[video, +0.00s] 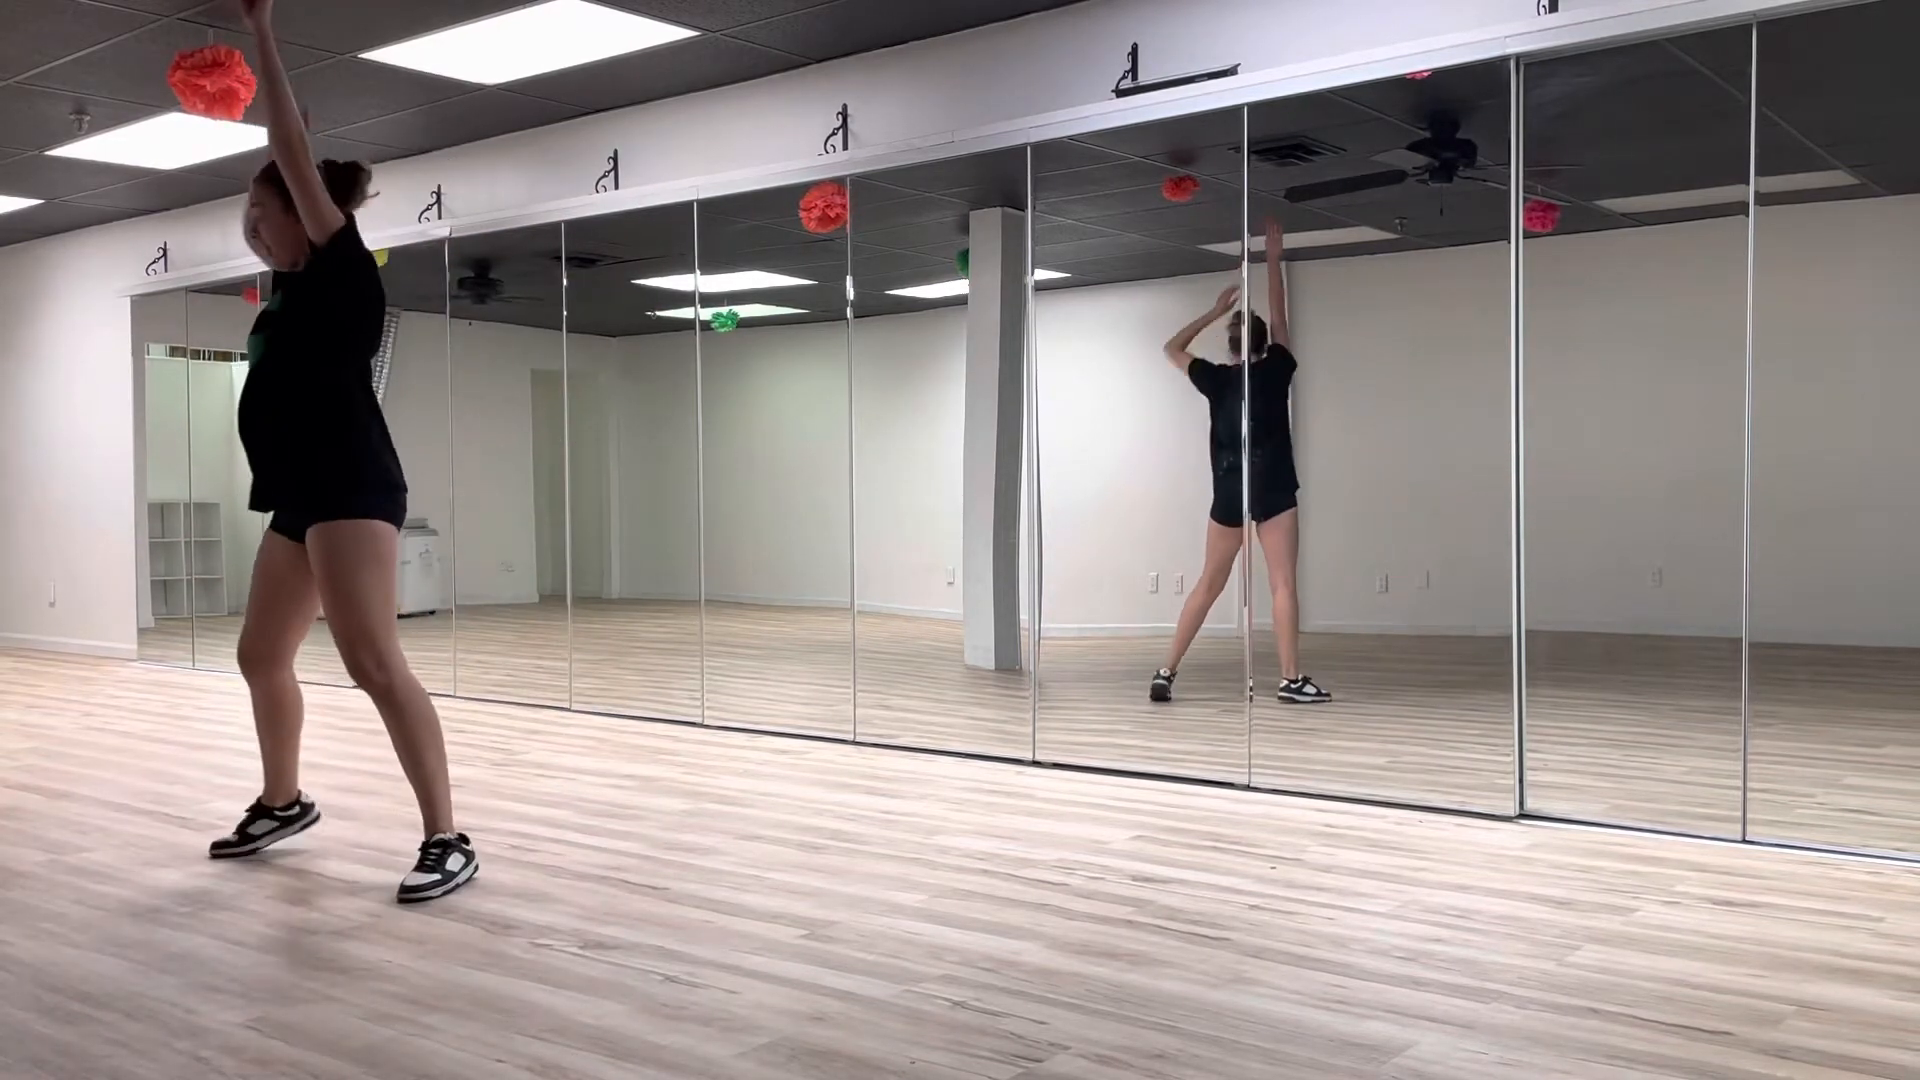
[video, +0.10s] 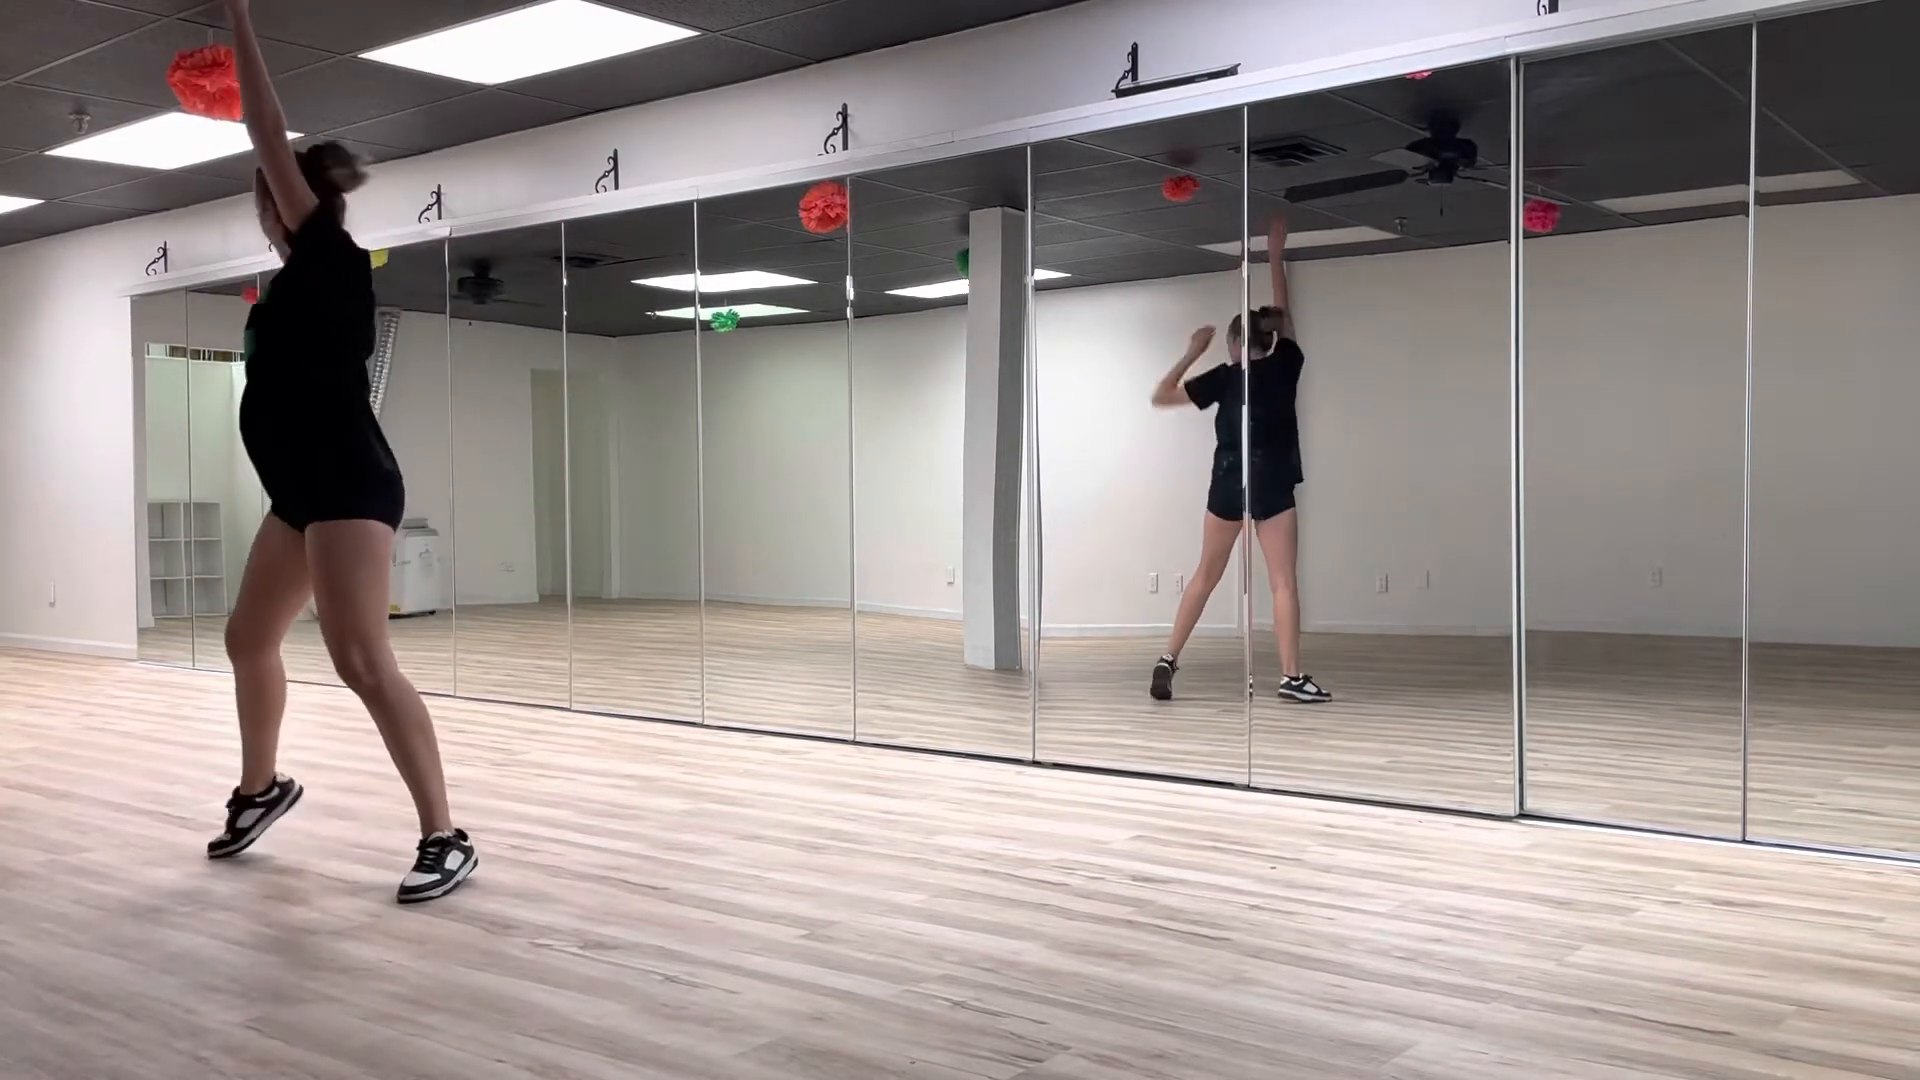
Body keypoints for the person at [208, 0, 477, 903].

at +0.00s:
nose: (252, 229)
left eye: (263, 216)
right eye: (250, 218)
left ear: (303, 211)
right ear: (269, 223)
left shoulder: (344, 271)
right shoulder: (288, 296)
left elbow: (294, 157)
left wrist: (263, 41)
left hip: (352, 488)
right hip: (295, 497)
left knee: (375, 662)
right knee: (262, 656)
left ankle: (445, 837)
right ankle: (283, 801)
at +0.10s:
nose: (269, 201)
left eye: (277, 187)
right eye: (267, 191)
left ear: (310, 190)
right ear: (303, 197)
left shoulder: (330, 254)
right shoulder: (299, 273)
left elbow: (271, 136)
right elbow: (262, 170)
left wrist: (241, 27)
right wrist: (237, 81)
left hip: (349, 481)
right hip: (299, 489)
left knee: (362, 658)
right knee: (251, 637)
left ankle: (442, 836)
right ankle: (260, 785)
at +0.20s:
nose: (254, 189)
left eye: (264, 174)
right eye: (258, 178)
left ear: (292, 190)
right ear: (327, 201)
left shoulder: (298, 244)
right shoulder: (350, 287)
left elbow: (248, 126)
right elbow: (384, 399)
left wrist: (226, 23)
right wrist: (335, 364)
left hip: (335, 476)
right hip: (294, 481)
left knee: (362, 654)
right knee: (258, 634)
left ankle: (441, 832)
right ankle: (257, 789)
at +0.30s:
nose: (249, 198)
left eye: (256, 187)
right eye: (253, 190)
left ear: (273, 202)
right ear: (335, 214)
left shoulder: (268, 247)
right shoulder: (355, 304)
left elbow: (231, 129)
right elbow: (392, 421)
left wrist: (220, 24)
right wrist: (378, 494)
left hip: (309, 483)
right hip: (288, 488)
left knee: (364, 657)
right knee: (281, 646)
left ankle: (442, 832)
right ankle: (275, 804)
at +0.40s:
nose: (263, 209)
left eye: (270, 206)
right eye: (334, 235)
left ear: (272, 222)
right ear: (333, 239)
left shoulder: (257, 260)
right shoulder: (338, 319)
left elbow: (225, 139)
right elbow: (374, 437)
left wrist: (215, 25)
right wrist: (430, 524)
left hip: (304, 493)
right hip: (271, 498)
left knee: (354, 661)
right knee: (291, 656)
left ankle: (440, 834)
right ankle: (283, 811)